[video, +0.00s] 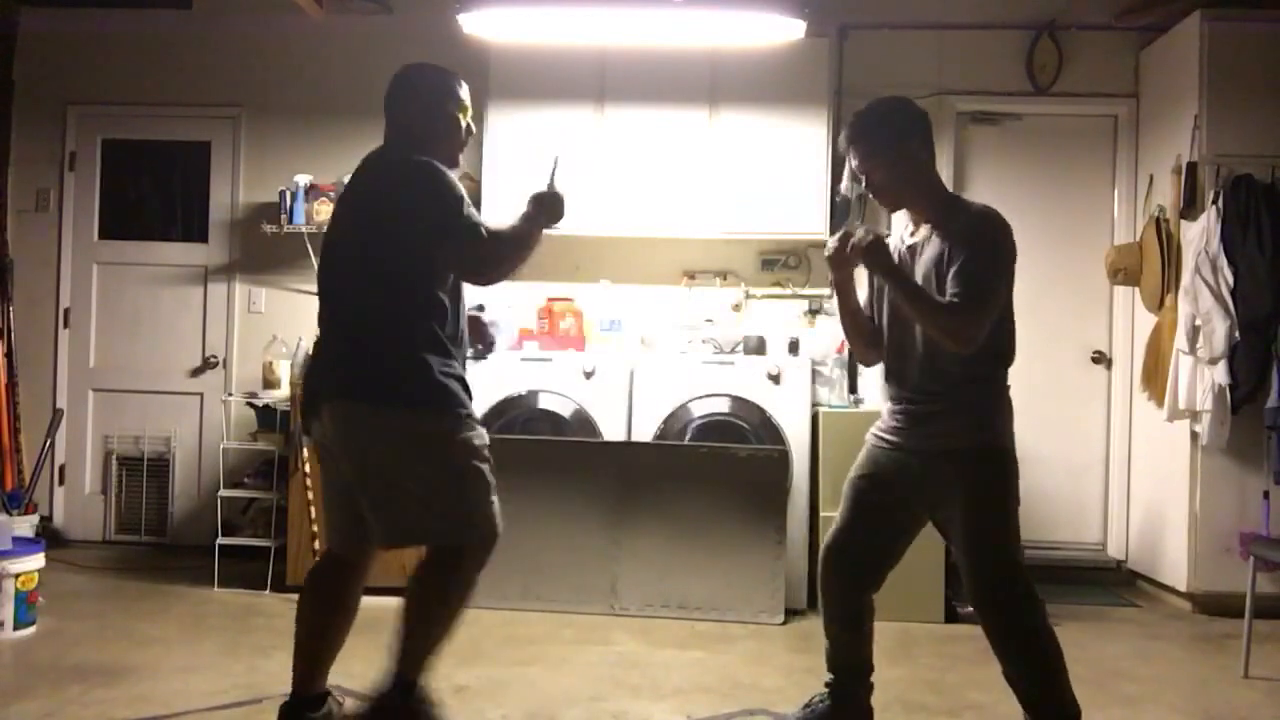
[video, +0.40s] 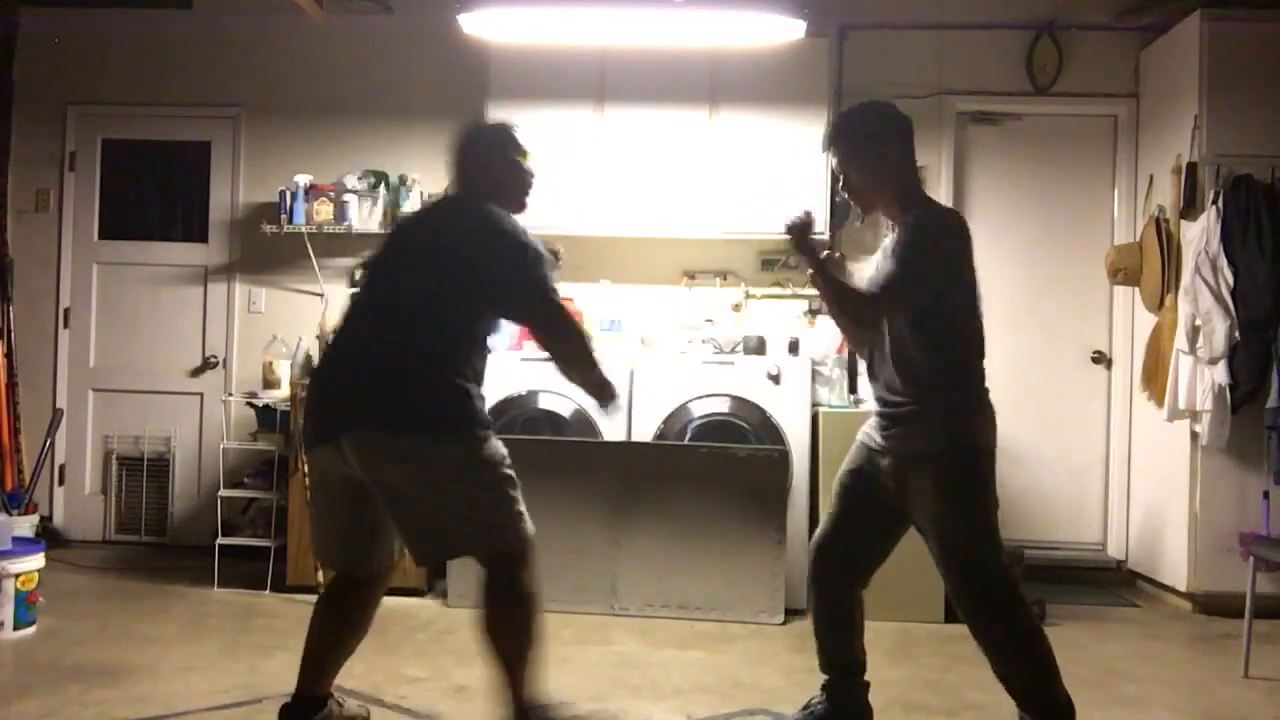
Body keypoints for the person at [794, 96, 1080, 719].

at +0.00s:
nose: (857, 178)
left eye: (864, 161)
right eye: (853, 165)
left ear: (909, 153)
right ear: (891, 162)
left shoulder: (982, 229)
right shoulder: (892, 246)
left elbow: (964, 334)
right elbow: (869, 350)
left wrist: (885, 269)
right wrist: (842, 283)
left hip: (971, 445)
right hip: (899, 438)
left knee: (1001, 601)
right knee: (843, 566)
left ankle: (1058, 716)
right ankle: (847, 699)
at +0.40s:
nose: (842, 184)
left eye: (847, 167)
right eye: (837, 171)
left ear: (889, 157)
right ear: (883, 164)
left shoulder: (933, 228)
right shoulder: (893, 239)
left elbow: (866, 313)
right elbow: (865, 340)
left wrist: (813, 253)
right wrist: (825, 278)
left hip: (946, 438)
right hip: (889, 432)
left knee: (983, 594)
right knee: (832, 564)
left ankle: (1052, 713)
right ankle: (843, 698)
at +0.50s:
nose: (843, 180)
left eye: (849, 164)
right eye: (839, 166)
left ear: (890, 153)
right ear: (888, 160)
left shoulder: (910, 223)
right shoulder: (903, 221)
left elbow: (806, 291)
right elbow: (890, 321)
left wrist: (750, 295)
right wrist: (842, 281)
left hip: (957, 431)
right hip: (906, 429)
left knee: (993, 588)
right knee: (858, 565)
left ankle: (1059, 712)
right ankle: (846, 698)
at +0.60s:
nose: (849, 183)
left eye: (856, 165)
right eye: (845, 168)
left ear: (900, 157)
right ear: (907, 160)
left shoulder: (897, 242)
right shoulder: (966, 231)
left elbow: (828, 324)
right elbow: (965, 327)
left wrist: (780, 378)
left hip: (968, 437)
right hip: (927, 433)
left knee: (1001, 592)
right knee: (877, 568)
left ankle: (1084, 713)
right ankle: (847, 695)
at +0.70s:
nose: (853, 188)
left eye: (861, 172)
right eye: (851, 173)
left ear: (903, 168)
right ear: (917, 168)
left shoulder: (907, 249)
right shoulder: (977, 233)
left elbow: (896, 359)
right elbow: (999, 341)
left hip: (983, 439)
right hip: (950, 439)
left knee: (1012, 595)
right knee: (896, 568)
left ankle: (1094, 714)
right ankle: (850, 693)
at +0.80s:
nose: (867, 189)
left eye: (873, 172)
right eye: (862, 175)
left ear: (915, 162)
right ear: (910, 168)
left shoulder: (962, 233)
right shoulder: (939, 235)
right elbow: (963, 338)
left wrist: (918, 395)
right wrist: (897, 322)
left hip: (1000, 441)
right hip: (951, 437)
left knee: (1016, 600)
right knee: (893, 560)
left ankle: (1092, 717)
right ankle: (872, 691)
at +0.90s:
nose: (879, 186)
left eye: (885, 169)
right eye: (874, 173)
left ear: (928, 155)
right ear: (921, 163)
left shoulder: (988, 226)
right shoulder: (935, 240)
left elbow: (1010, 337)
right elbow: (936, 333)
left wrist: (912, 336)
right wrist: (883, 304)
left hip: (1007, 432)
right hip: (951, 428)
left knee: (1015, 598)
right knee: (905, 568)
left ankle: (1088, 716)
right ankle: (886, 699)